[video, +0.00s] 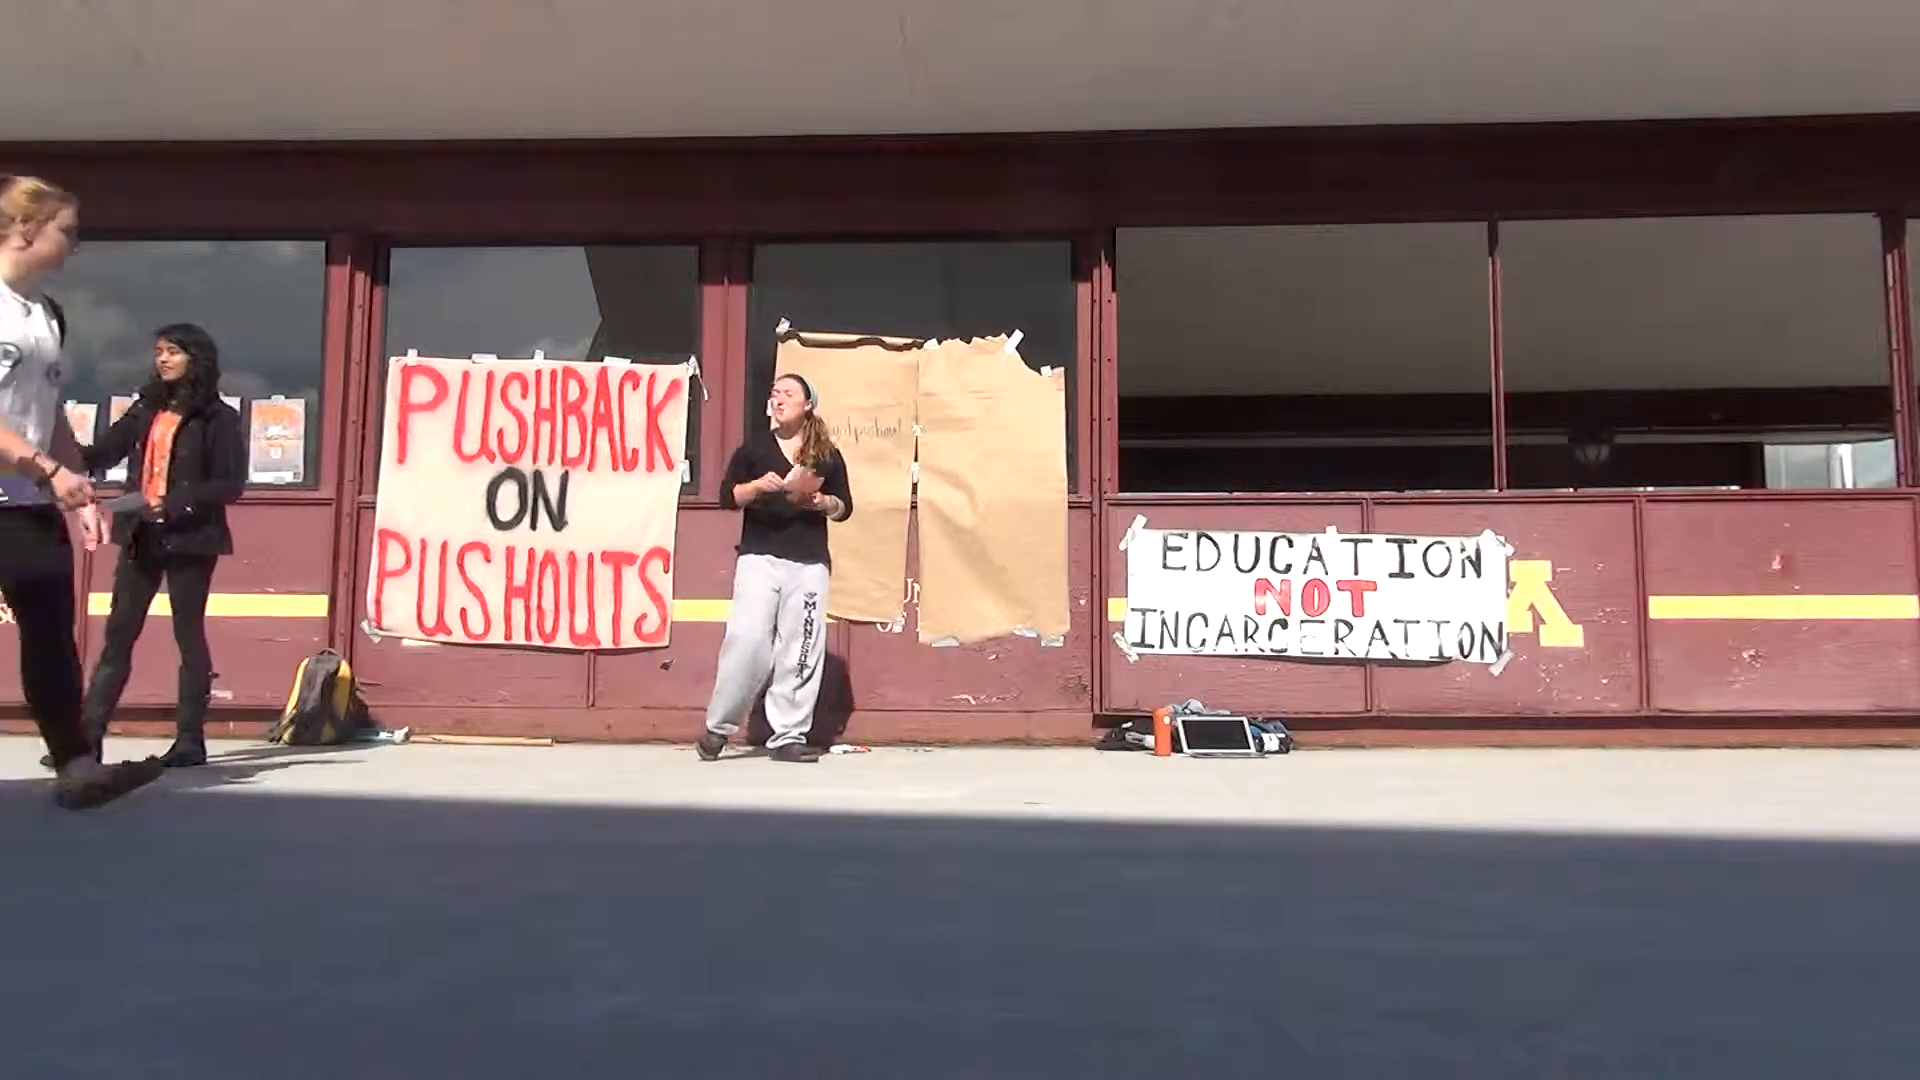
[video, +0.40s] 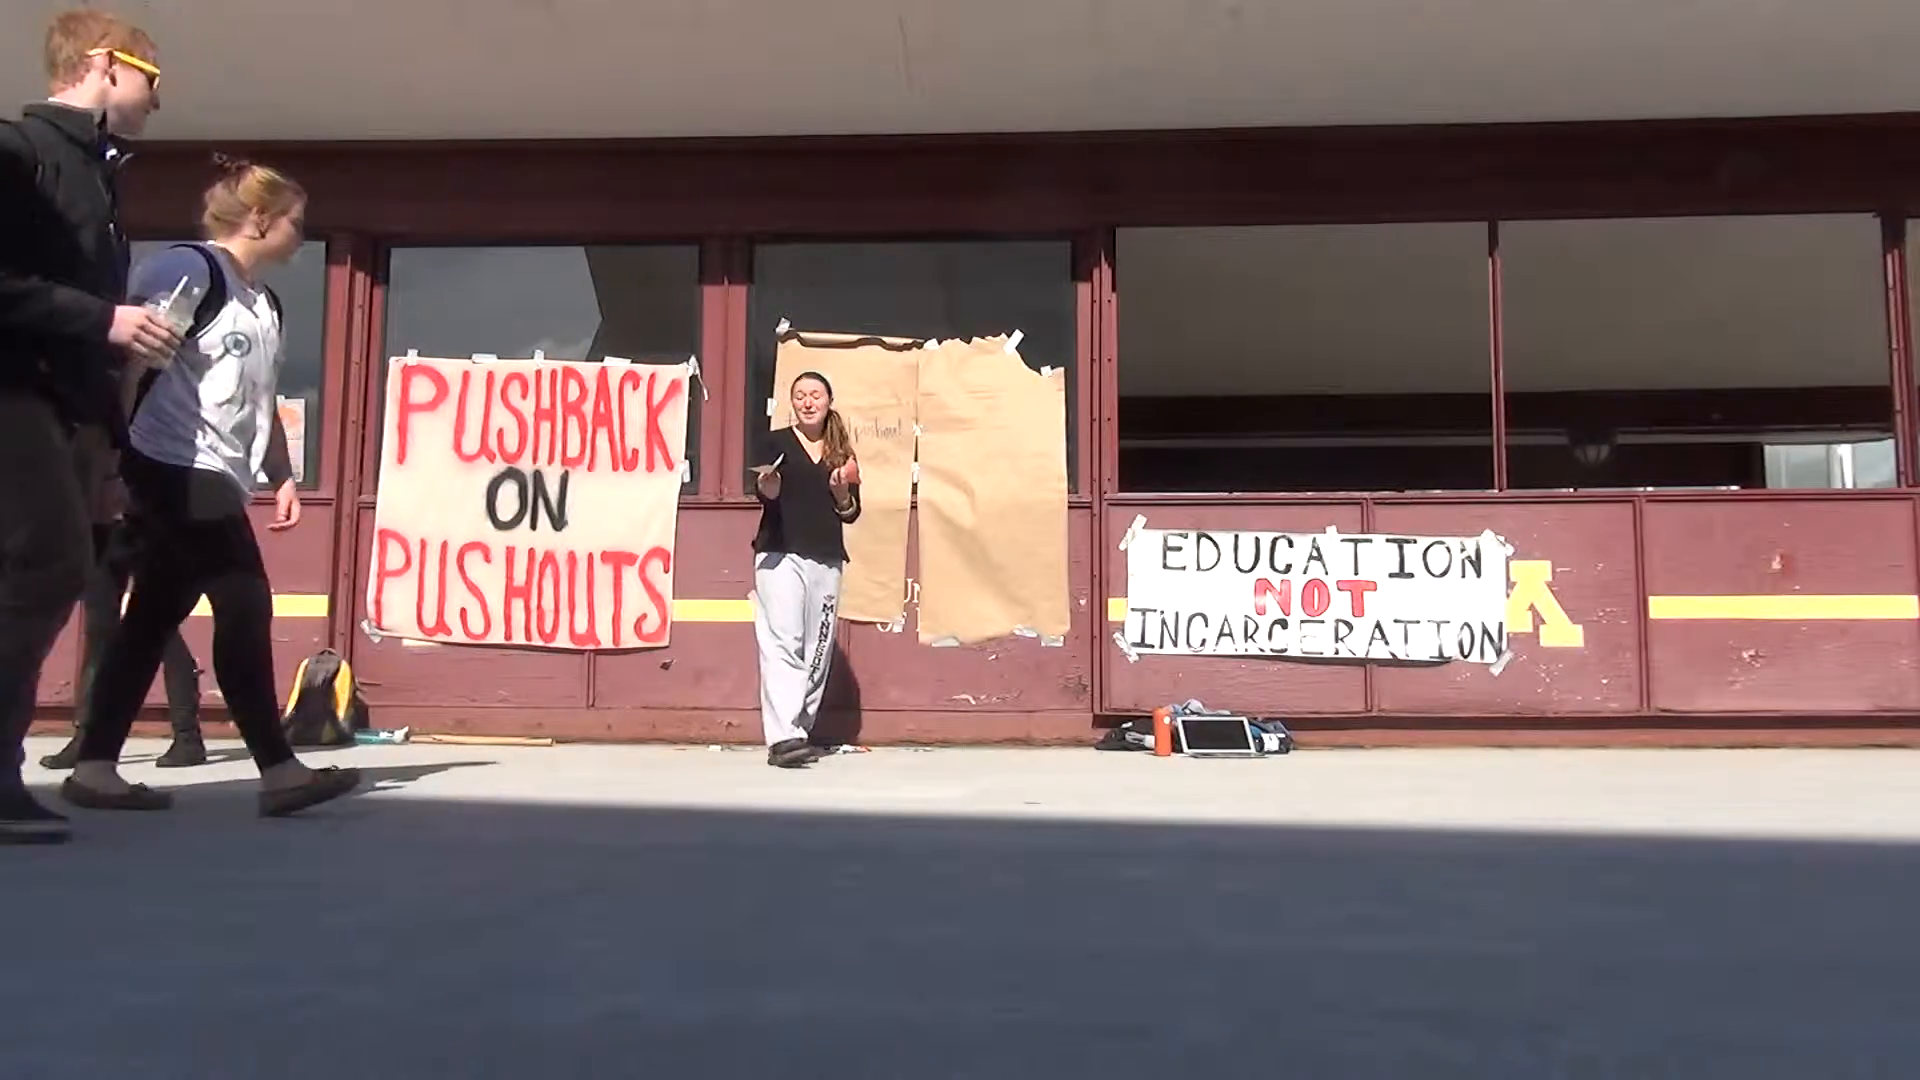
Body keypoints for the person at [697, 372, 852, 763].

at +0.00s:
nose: (776, 400)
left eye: (786, 394)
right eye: (773, 394)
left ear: (808, 406)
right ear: (769, 404)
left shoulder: (827, 454)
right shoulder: (753, 449)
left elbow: (844, 507)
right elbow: (727, 496)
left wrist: (827, 503)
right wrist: (758, 486)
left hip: (809, 562)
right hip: (759, 557)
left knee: (801, 647)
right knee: (748, 639)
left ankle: (788, 737)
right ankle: (719, 726)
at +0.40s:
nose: (808, 402)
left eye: (816, 395)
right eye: (801, 396)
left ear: (830, 402)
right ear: (791, 403)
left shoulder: (842, 450)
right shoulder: (775, 441)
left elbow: (851, 513)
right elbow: (765, 492)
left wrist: (842, 493)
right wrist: (769, 484)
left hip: (825, 557)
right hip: (780, 552)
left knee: (816, 647)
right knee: (784, 644)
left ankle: (796, 734)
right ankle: (784, 737)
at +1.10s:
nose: (820, 382)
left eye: (830, 379)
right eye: (815, 375)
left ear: (841, 391)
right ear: (803, 382)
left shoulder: (849, 438)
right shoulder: (776, 429)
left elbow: (858, 504)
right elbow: (764, 482)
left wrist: (859, 487)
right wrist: (795, 476)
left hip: (842, 555)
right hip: (791, 551)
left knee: (855, 646)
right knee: (793, 649)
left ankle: (840, 737)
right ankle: (795, 743)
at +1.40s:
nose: (847, 382)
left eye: (856, 377)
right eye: (841, 374)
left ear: (866, 388)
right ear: (827, 381)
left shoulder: (870, 434)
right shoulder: (808, 428)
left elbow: (881, 504)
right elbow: (788, 479)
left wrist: (879, 484)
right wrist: (822, 478)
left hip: (861, 552)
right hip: (811, 550)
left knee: (875, 647)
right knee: (800, 652)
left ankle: (897, 739)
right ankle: (801, 746)